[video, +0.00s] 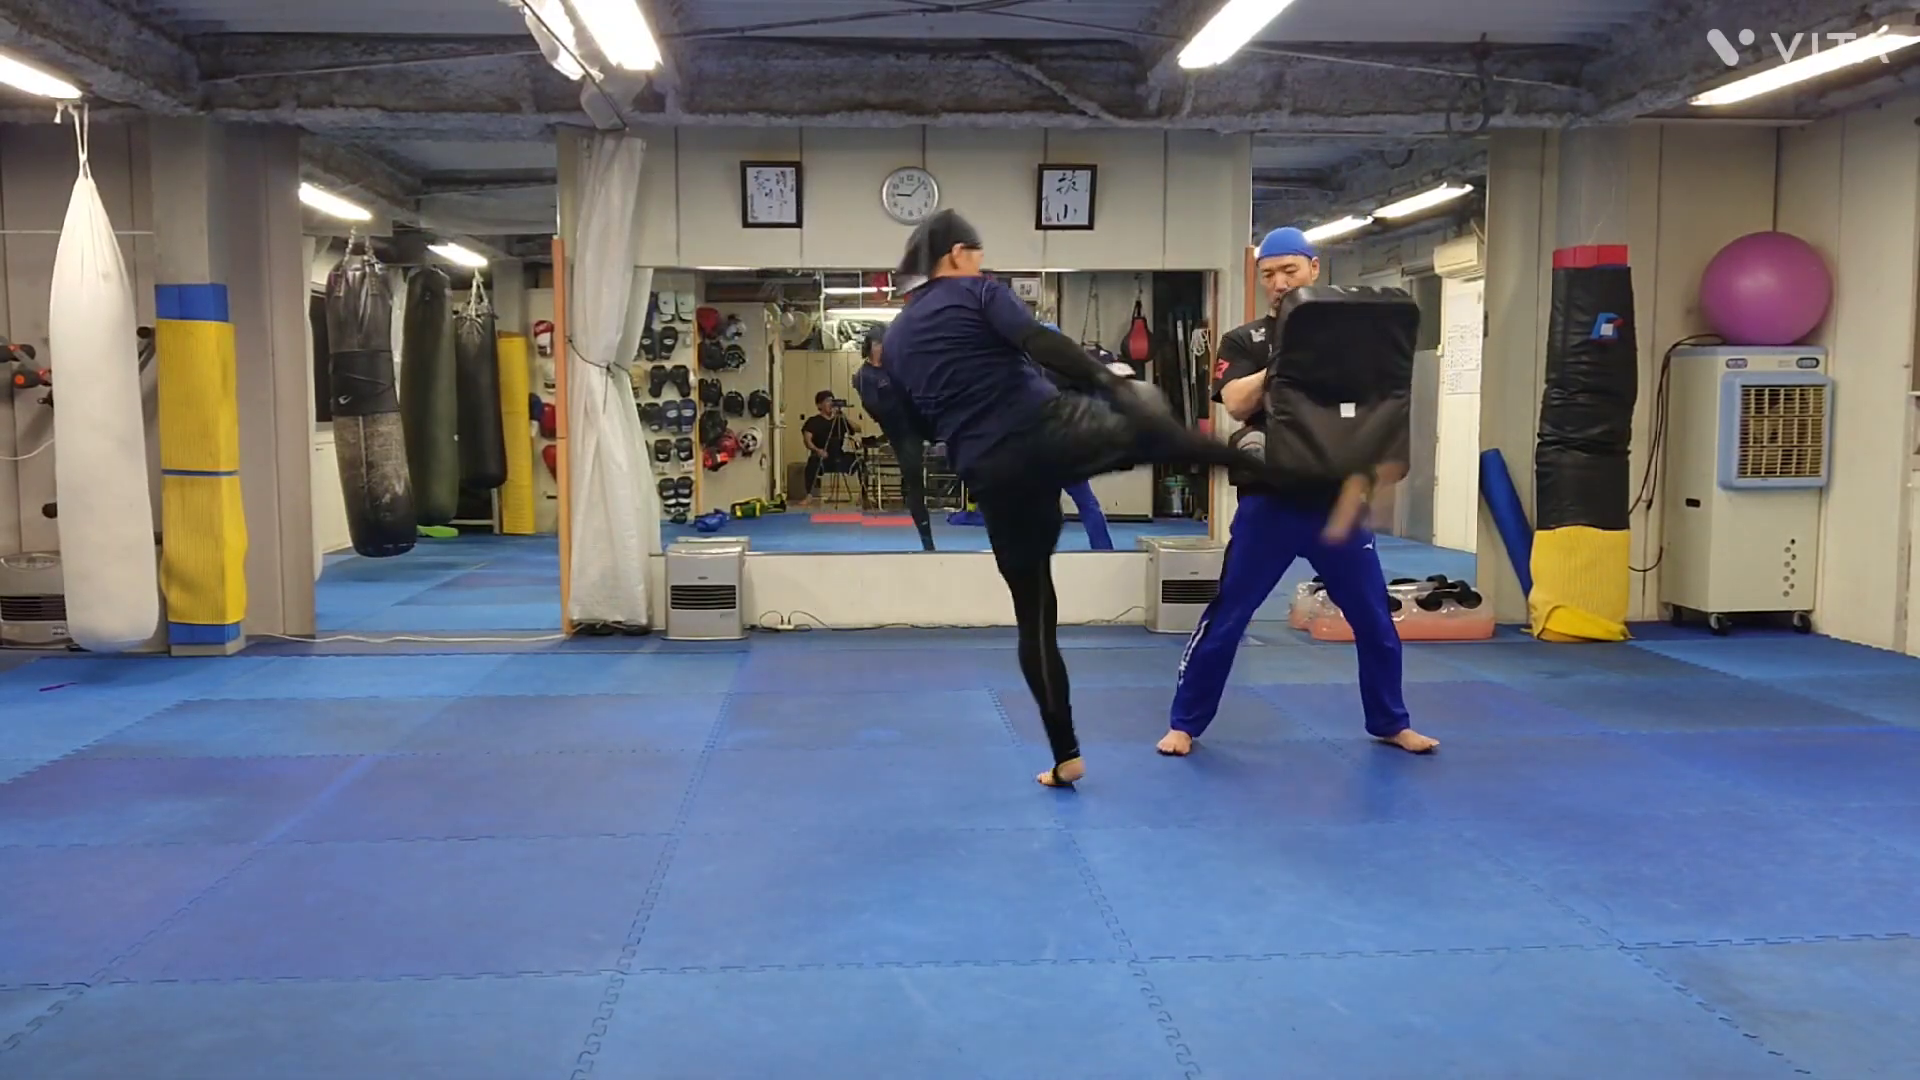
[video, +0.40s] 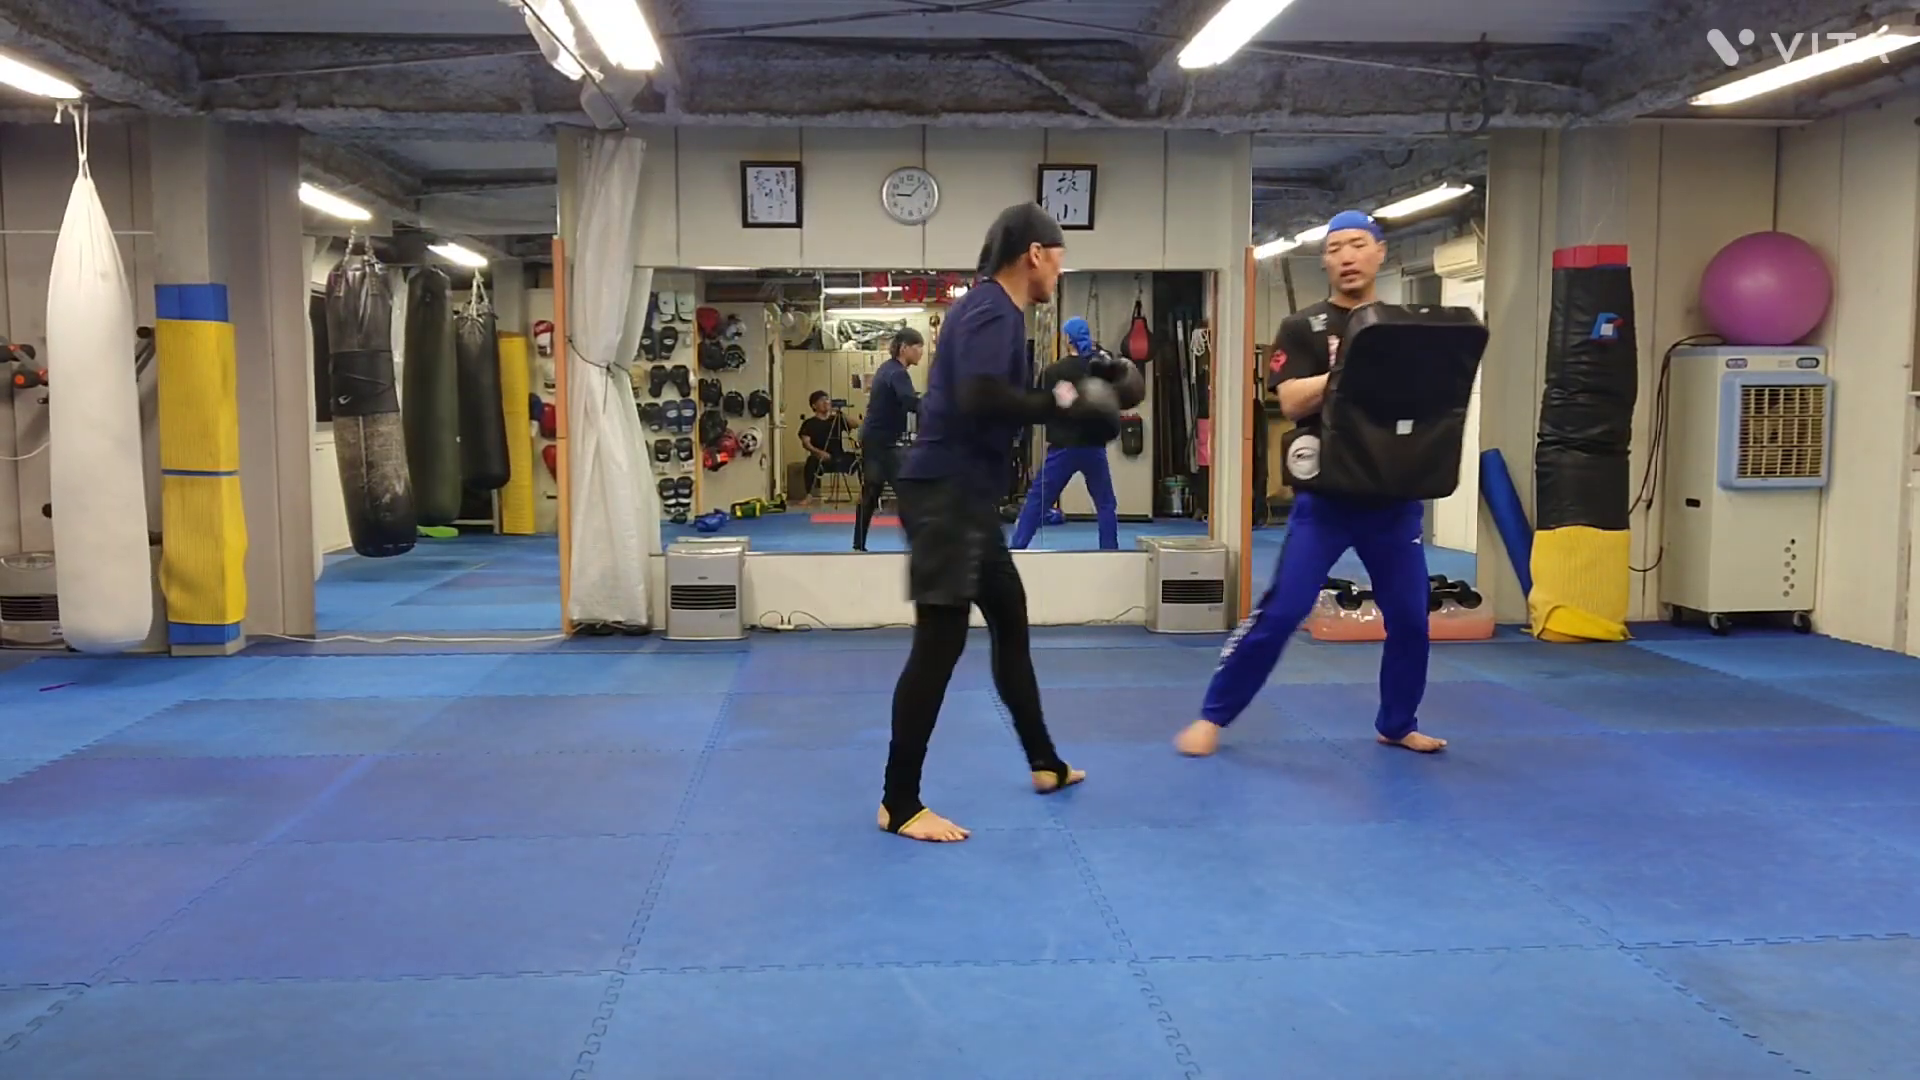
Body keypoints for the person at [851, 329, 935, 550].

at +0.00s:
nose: (883, 349)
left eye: (884, 344)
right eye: (879, 345)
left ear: (885, 346)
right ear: (870, 347)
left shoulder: (894, 366)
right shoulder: (865, 374)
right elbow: (873, 407)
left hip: (916, 420)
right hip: (897, 427)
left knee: (915, 473)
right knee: (913, 480)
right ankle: (927, 539)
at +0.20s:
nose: (911, 347)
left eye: (911, 342)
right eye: (907, 342)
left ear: (904, 344)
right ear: (892, 343)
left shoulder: (906, 367)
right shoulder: (880, 372)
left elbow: (912, 397)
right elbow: (883, 406)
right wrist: (909, 400)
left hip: (913, 432)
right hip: (894, 436)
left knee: (926, 479)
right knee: (912, 483)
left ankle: (906, 515)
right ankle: (922, 538)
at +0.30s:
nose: (919, 348)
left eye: (919, 343)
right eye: (915, 343)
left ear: (903, 344)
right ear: (901, 344)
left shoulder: (900, 369)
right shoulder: (891, 370)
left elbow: (905, 400)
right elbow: (898, 402)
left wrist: (924, 402)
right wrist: (925, 398)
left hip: (899, 438)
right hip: (889, 439)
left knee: (903, 487)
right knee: (899, 486)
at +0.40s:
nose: (921, 353)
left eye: (921, 348)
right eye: (918, 348)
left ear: (902, 349)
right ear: (904, 348)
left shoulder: (887, 368)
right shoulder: (897, 373)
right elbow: (908, 401)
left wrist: (923, 403)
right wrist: (930, 405)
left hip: (875, 437)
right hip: (881, 439)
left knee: (871, 491)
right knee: (905, 491)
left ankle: (859, 542)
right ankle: (916, 540)